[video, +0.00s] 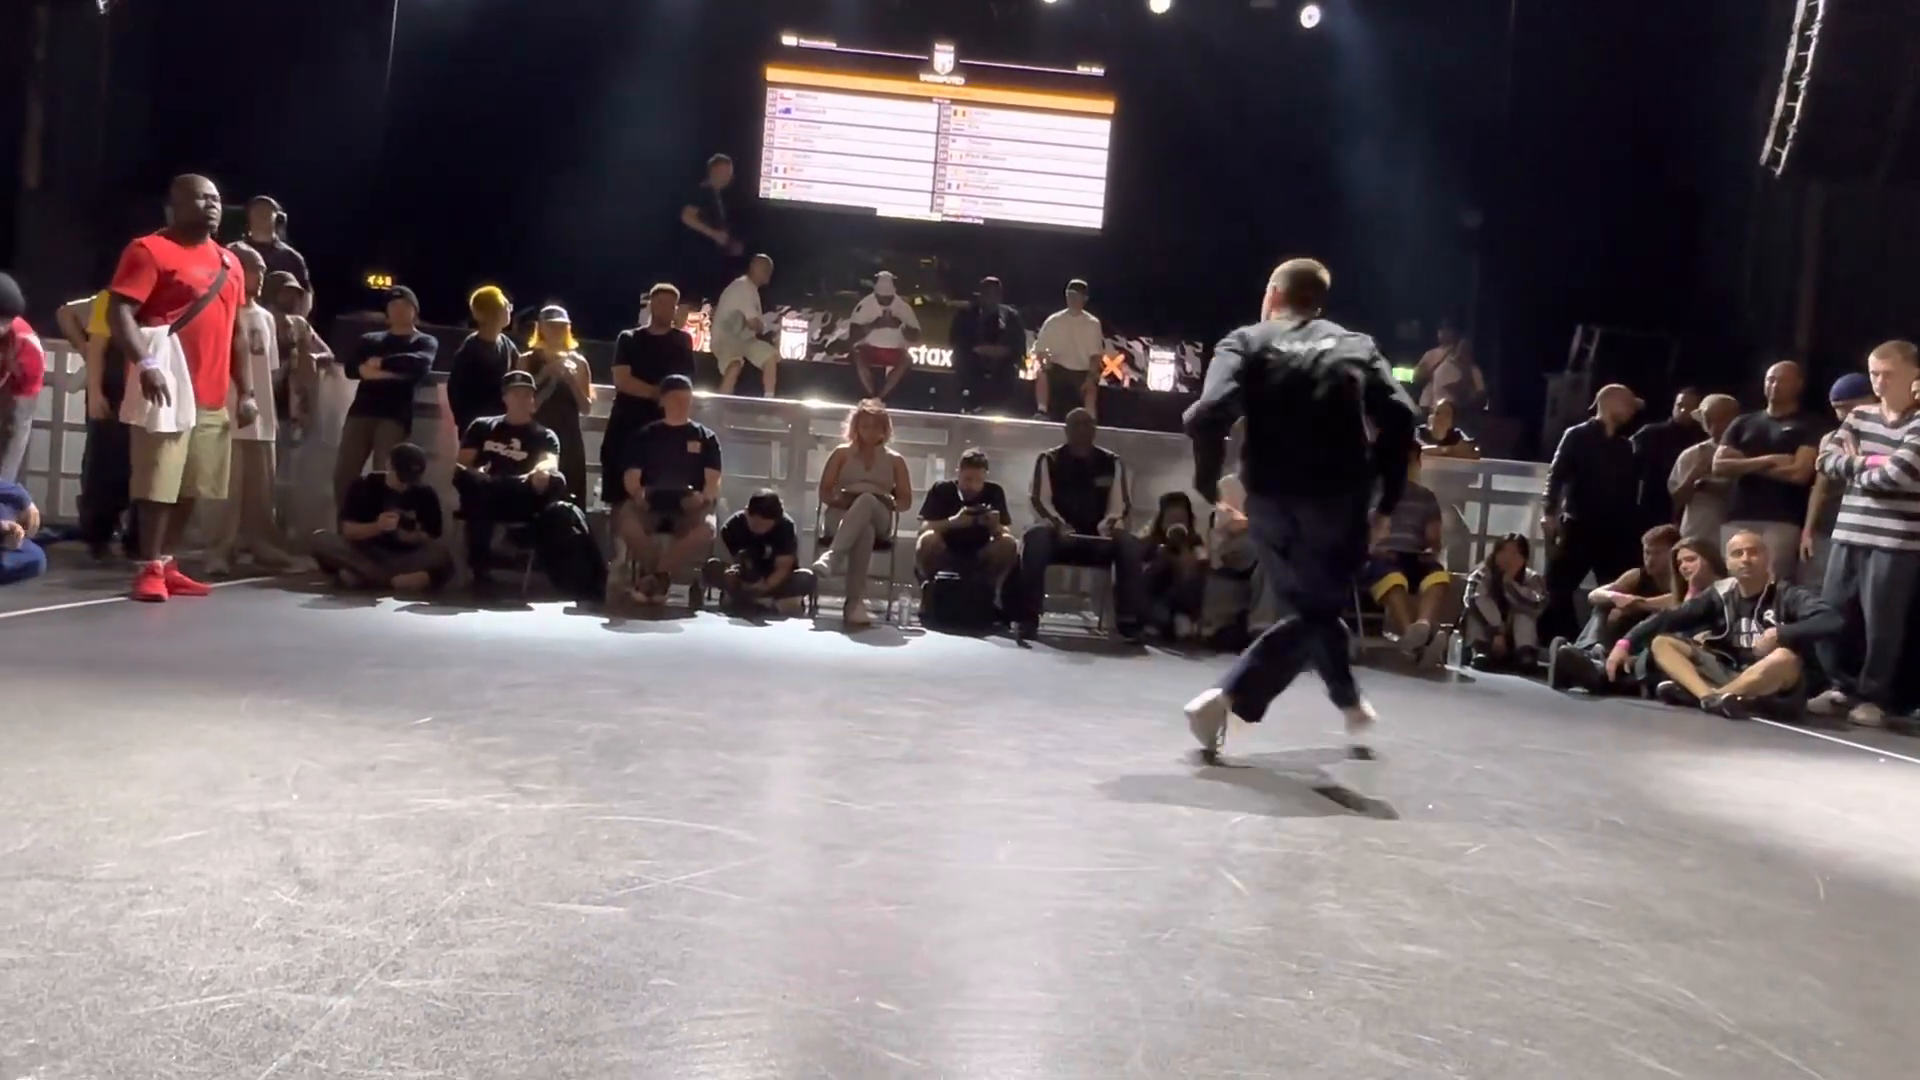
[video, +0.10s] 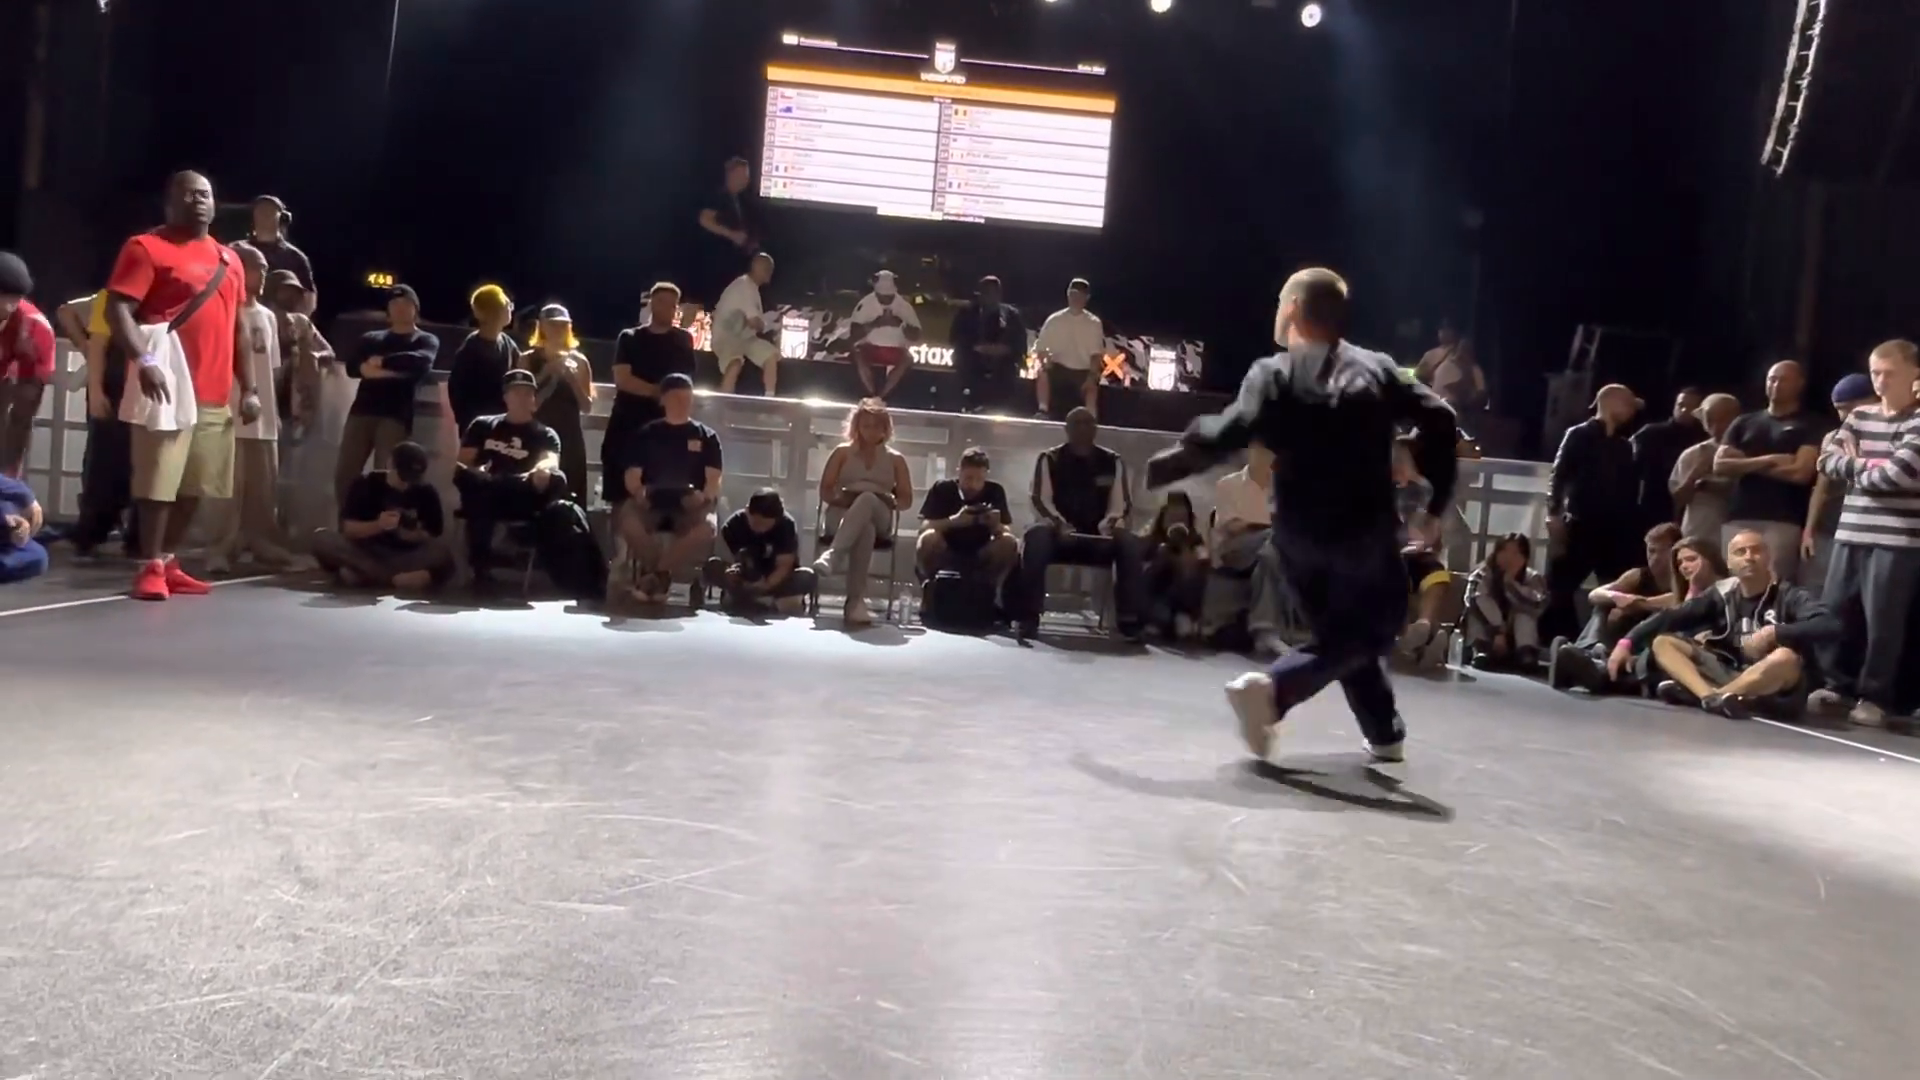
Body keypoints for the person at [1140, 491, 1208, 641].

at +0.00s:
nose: (1176, 524)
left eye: (1181, 519)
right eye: (1171, 519)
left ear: (1189, 519)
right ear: (1161, 520)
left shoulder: (1195, 544)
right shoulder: (1149, 545)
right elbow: (1143, 577)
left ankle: (1193, 620)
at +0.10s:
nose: (1176, 523)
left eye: (1181, 518)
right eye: (1171, 518)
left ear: (1189, 519)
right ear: (1162, 520)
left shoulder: (1194, 541)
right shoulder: (1151, 542)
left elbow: (1204, 561)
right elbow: (1144, 572)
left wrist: (1185, 548)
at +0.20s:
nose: (1178, 523)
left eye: (1183, 517)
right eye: (1172, 517)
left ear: (1191, 518)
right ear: (1163, 518)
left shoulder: (1197, 542)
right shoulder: (1150, 544)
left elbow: (1204, 566)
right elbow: (1145, 574)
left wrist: (1186, 547)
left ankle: (1195, 619)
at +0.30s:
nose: (1178, 522)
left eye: (1183, 517)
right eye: (1173, 517)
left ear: (1191, 517)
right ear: (1164, 517)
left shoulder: (1198, 541)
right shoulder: (1150, 543)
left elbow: (1206, 564)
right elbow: (1145, 575)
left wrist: (1187, 547)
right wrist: (1163, 555)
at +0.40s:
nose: (1180, 520)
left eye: (1185, 514)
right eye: (1174, 514)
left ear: (1193, 515)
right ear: (1165, 515)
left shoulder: (1198, 540)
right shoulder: (1152, 541)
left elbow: (1206, 562)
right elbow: (1146, 572)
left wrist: (1187, 546)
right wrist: (1163, 554)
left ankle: (1194, 617)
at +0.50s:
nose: (1180, 519)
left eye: (1185, 514)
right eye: (1175, 514)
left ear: (1193, 515)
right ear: (1165, 515)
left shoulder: (1198, 538)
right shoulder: (1153, 540)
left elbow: (1207, 560)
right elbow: (1146, 571)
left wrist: (1187, 544)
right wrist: (1163, 554)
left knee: (1195, 566)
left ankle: (1190, 613)